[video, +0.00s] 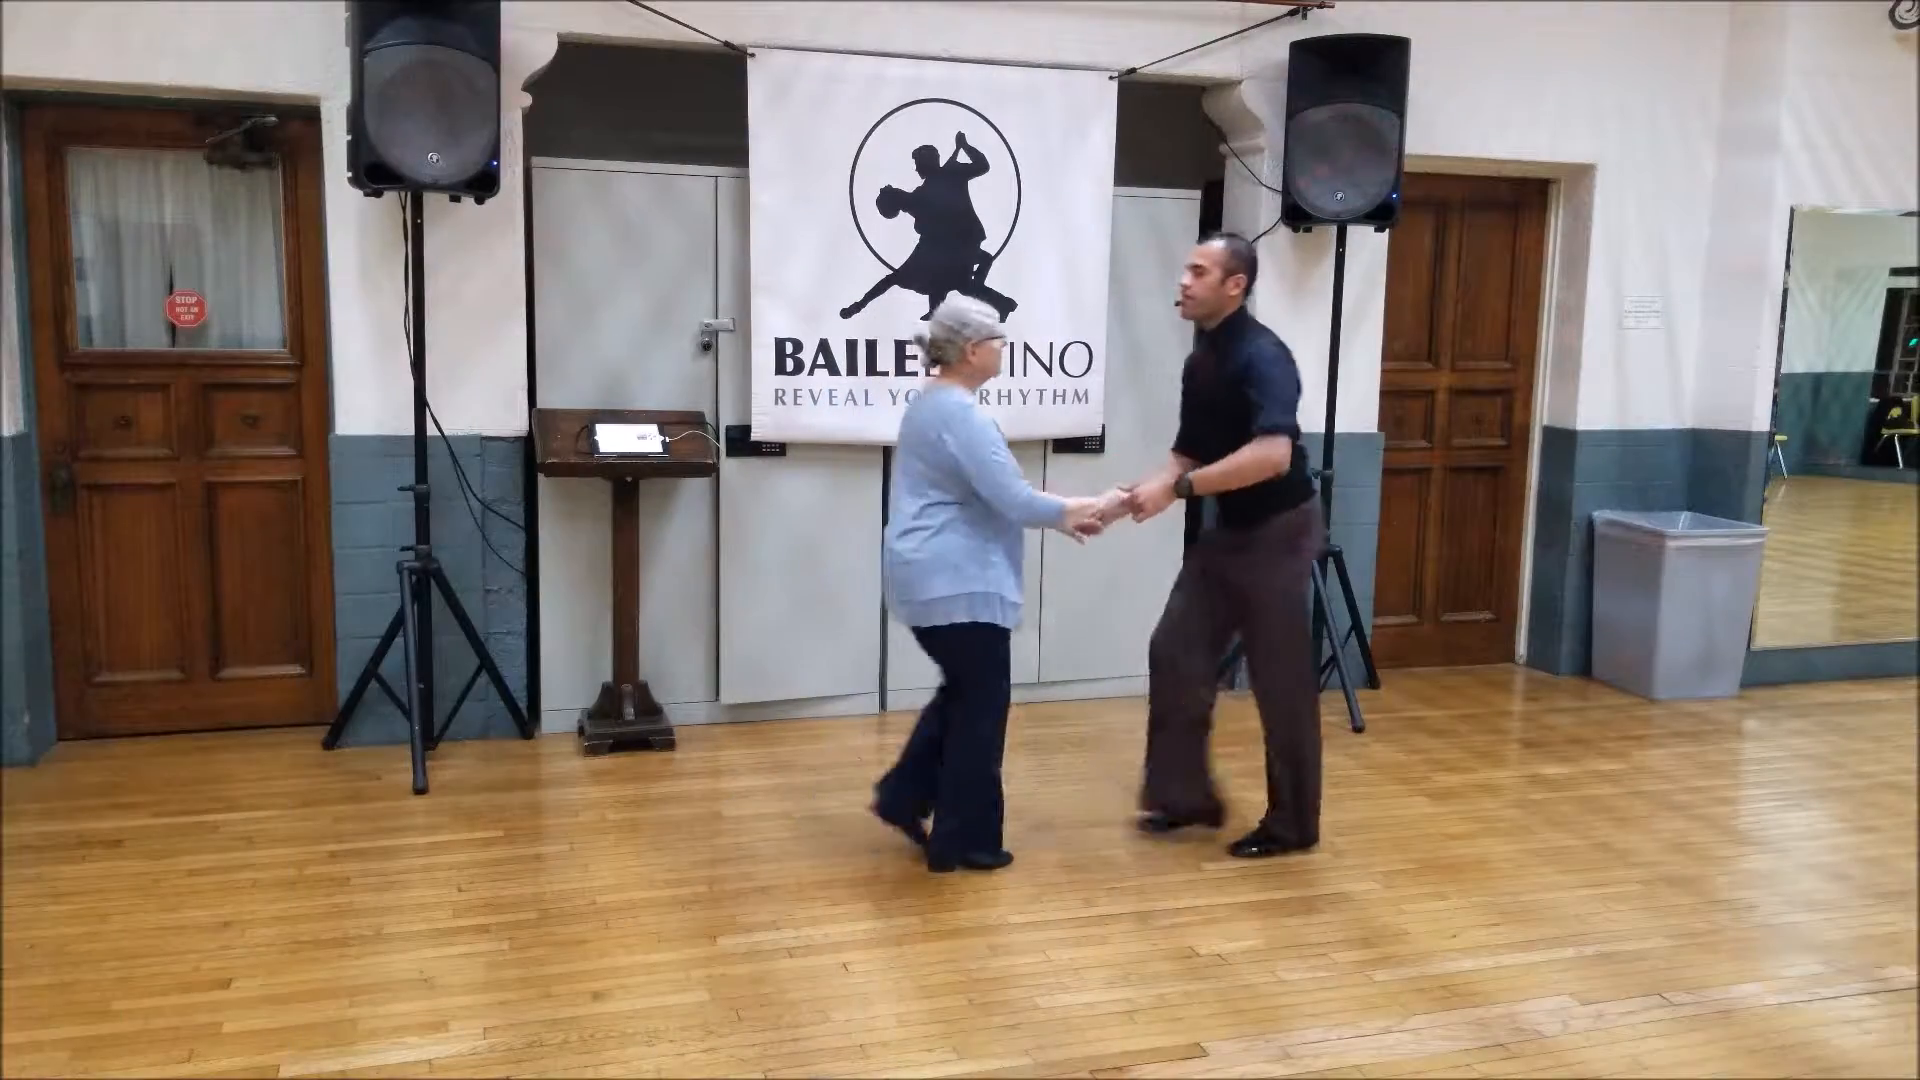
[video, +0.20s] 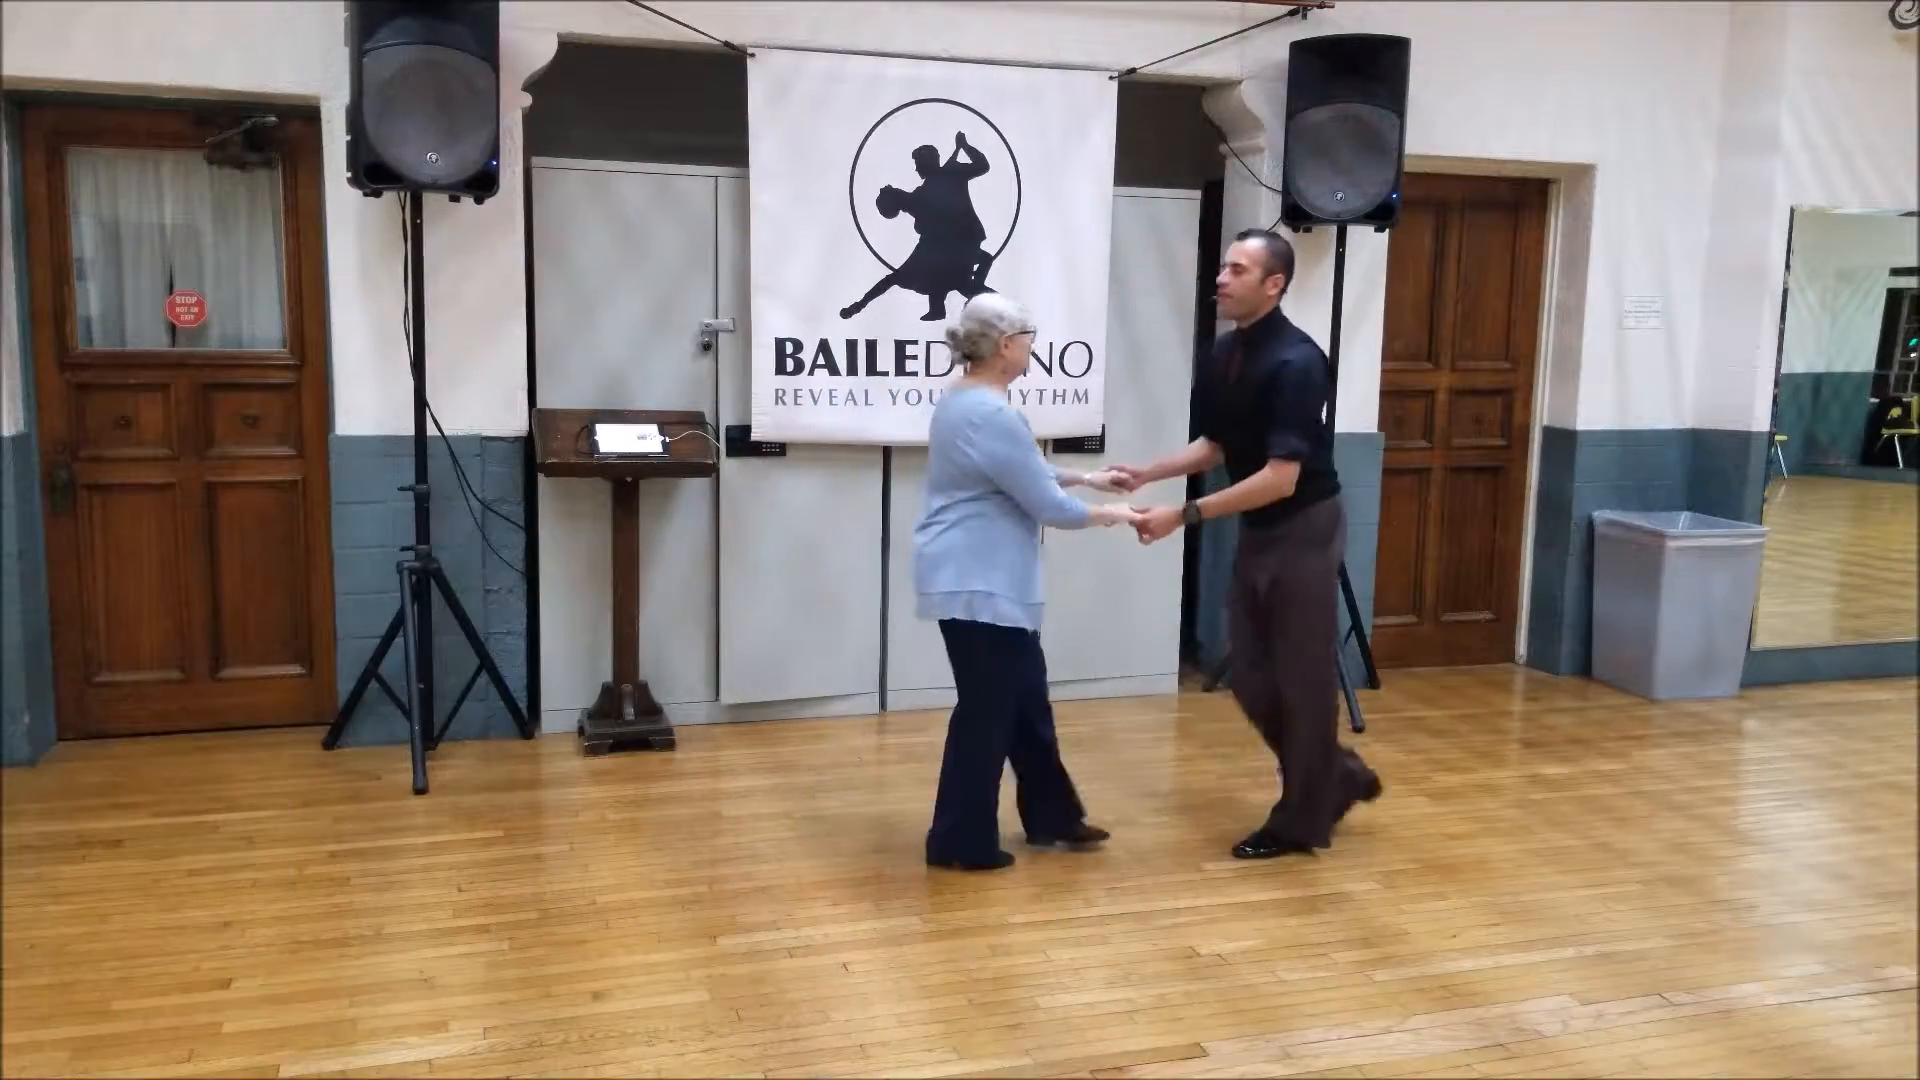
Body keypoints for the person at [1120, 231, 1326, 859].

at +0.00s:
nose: (1183, 283)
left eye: (1198, 274)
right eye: (1185, 272)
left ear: (1235, 285)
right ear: (1212, 283)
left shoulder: (1264, 355)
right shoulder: (1201, 360)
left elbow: (1274, 454)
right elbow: (1188, 456)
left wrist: (1183, 486)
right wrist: (1141, 495)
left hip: (1275, 535)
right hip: (1219, 536)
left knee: (1282, 678)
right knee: (1176, 652)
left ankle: (1294, 822)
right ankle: (1185, 799)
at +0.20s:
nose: (1221, 278)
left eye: (1237, 271)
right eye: (1223, 268)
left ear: (1275, 284)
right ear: (1229, 279)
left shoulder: (1298, 359)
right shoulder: (1225, 352)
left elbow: (1282, 477)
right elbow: (1215, 446)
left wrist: (1187, 513)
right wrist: (1146, 473)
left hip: (1304, 530)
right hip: (1255, 528)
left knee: (1305, 677)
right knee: (1251, 677)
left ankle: (1300, 823)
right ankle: (1340, 775)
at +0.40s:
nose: (1236, 285)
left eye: (1252, 278)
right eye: (1237, 274)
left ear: (1289, 293)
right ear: (1237, 282)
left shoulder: (1307, 366)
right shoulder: (1243, 361)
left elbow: (1306, 478)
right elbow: (1234, 452)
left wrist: (1218, 528)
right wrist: (1164, 473)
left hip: (1308, 529)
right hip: (1272, 528)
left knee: (1242, 663)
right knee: (1316, 664)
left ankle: (1281, 806)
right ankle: (1372, 806)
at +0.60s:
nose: (1231, 288)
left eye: (1247, 280)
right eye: (1233, 277)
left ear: (1283, 294)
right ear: (1238, 284)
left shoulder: (1301, 361)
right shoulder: (1236, 366)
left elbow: (1320, 456)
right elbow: (1223, 458)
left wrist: (1226, 498)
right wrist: (1170, 493)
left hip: (1291, 538)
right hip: (1261, 538)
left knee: (1213, 668)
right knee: (1306, 669)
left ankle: (1258, 815)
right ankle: (1367, 801)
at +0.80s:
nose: (1206, 274)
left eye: (1221, 267)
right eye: (1207, 263)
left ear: (1258, 280)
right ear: (1208, 273)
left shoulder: (1275, 353)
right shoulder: (1210, 343)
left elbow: (1272, 463)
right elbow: (1204, 435)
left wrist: (1177, 464)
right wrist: (1157, 461)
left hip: (1261, 531)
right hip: (1213, 527)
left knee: (1251, 676)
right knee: (1194, 663)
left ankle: (1263, 822)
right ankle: (1298, 754)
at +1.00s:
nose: (1165, 276)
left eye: (1180, 269)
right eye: (1168, 265)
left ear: (1217, 284)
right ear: (1184, 277)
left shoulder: (1233, 362)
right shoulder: (1170, 347)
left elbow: (1211, 480)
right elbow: (1148, 439)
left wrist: (1120, 464)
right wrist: (1075, 444)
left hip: (1228, 540)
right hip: (1175, 533)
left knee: (1251, 682)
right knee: (1125, 667)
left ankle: (1273, 825)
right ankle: (1118, 817)